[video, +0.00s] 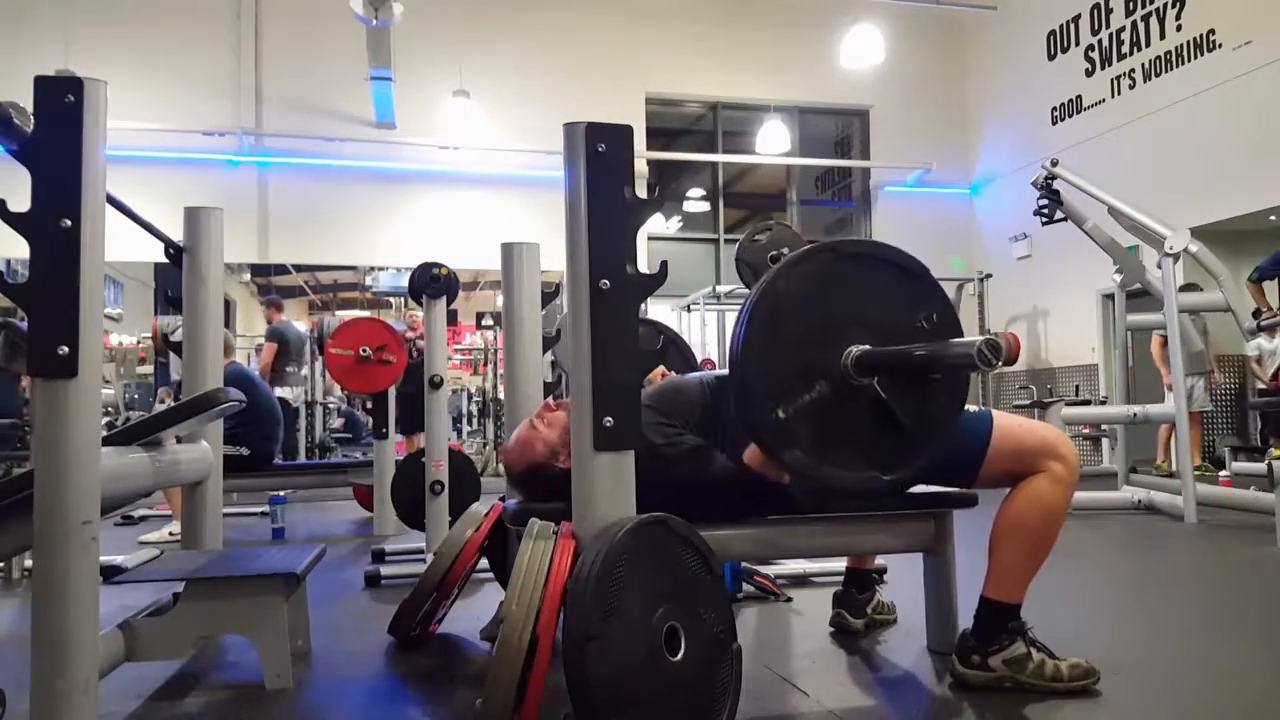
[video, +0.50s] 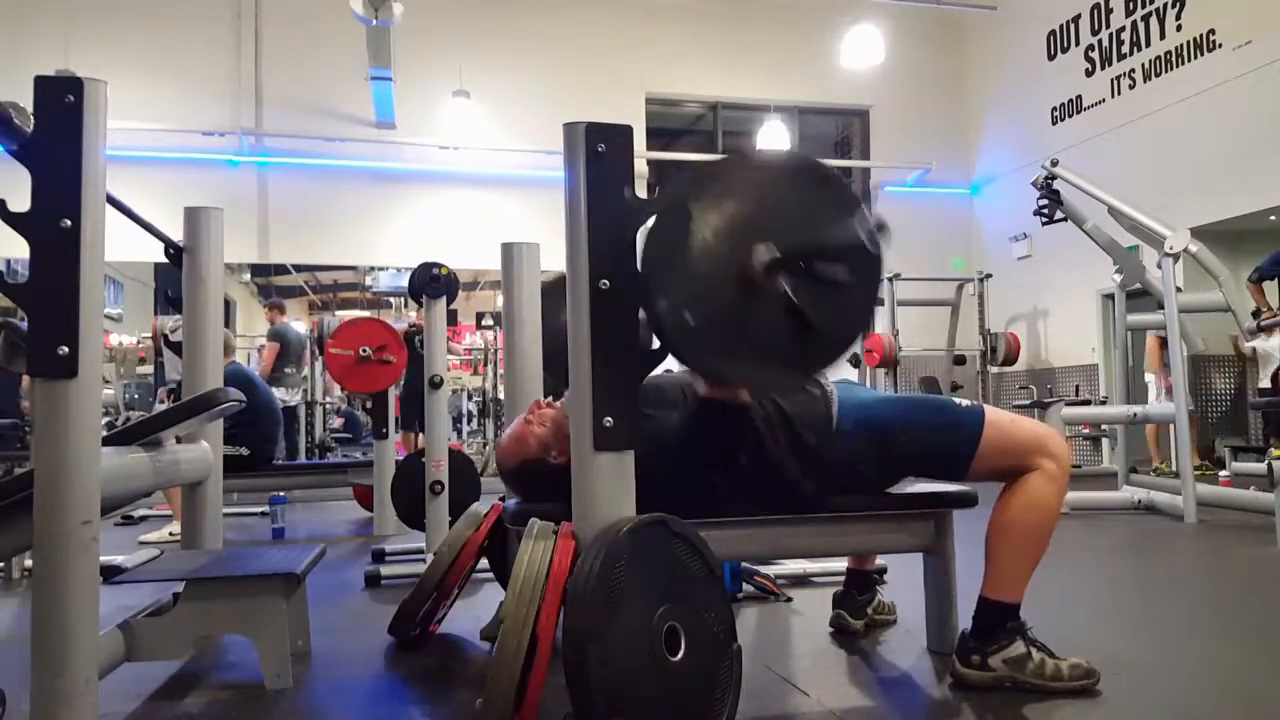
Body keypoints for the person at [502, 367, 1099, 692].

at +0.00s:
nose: (544, 409)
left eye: (533, 415)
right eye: (537, 427)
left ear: (554, 437)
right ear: (556, 459)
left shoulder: (614, 427)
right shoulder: (629, 442)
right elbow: (763, 468)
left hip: (802, 438)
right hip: (828, 451)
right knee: (1053, 455)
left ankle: (856, 595)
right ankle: (993, 639)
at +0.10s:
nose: (544, 409)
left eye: (533, 416)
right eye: (537, 428)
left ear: (553, 437)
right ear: (556, 458)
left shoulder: (612, 427)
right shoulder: (627, 444)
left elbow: (667, 388)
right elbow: (761, 468)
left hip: (797, 441)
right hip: (827, 452)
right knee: (1053, 455)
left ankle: (856, 596)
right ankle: (993, 640)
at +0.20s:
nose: (545, 408)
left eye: (534, 415)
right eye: (538, 426)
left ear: (554, 437)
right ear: (556, 458)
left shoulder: (615, 426)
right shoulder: (629, 445)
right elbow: (762, 464)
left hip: (805, 432)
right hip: (837, 437)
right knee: (1053, 455)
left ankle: (856, 595)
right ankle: (993, 639)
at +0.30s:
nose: (542, 407)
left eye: (531, 416)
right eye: (536, 424)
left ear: (550, 436)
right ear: (553, 453)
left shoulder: (612, 420)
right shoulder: (621, 450)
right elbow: (746, 451)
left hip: (799, 424)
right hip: (832, 433)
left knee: (890, 446)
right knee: (1052, 455)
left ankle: (855, 597)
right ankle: (993, 640)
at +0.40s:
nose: (531, 423)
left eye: (523, 425)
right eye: (526, 433)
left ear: (538, 438)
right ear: (545, 458)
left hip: (758, 436)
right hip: (813, 437)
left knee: (890, 423)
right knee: (1051, 454)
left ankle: (858, 594)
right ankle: (992, 644)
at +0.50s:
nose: (534, 408)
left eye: (522, 414)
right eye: (529, 425)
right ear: (549, 459)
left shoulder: (606, 427)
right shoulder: (601, 453)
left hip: (773, 435)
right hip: (823, 435)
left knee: (887, 440)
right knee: (1046, 452)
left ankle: (859, 590)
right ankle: (993, 640)